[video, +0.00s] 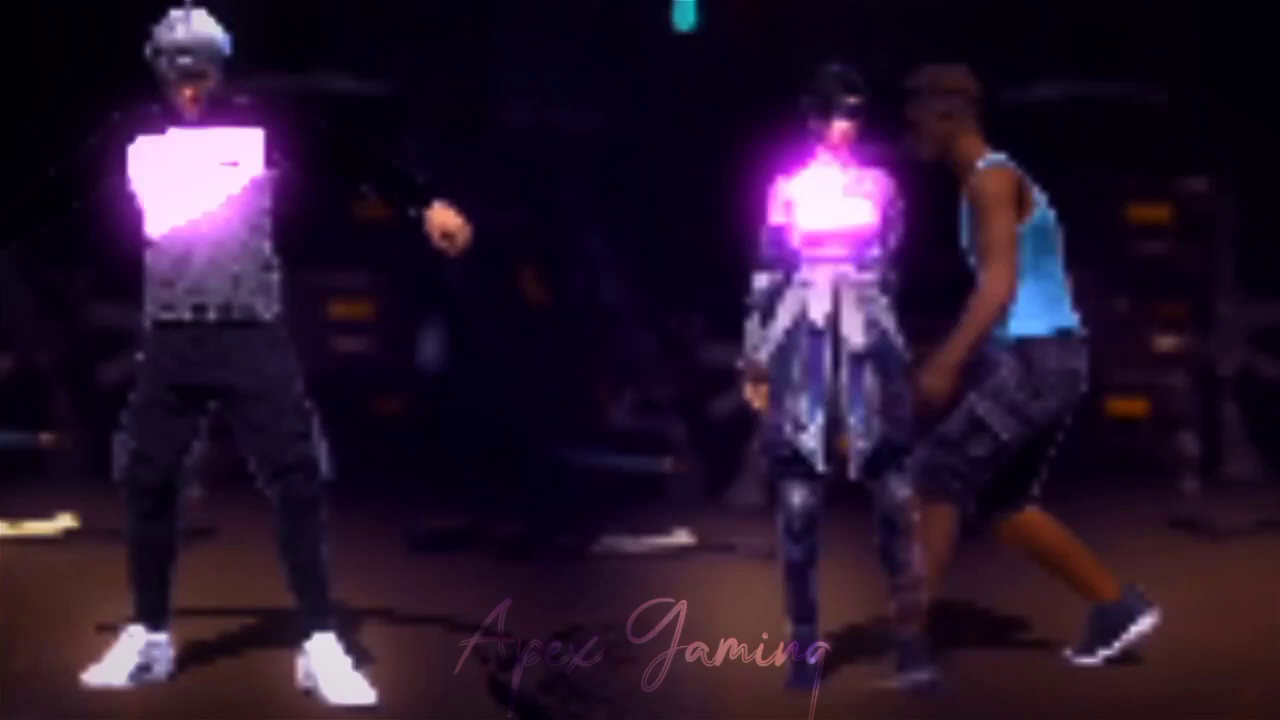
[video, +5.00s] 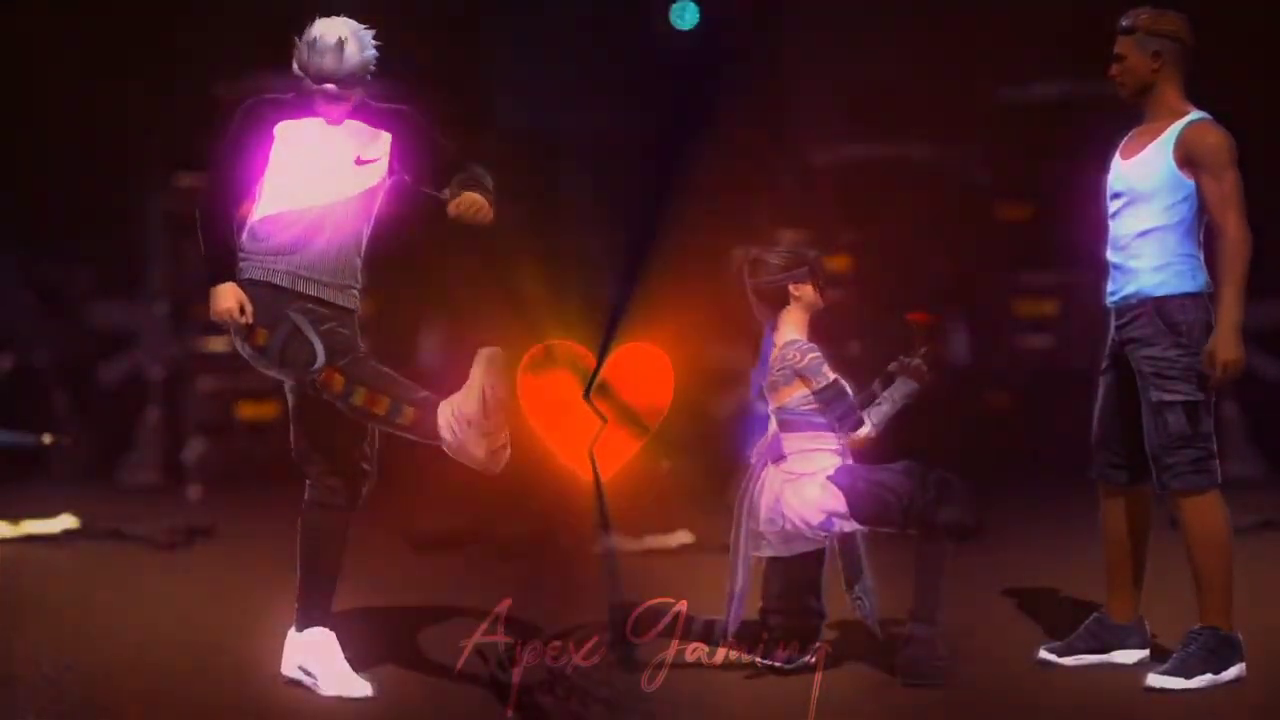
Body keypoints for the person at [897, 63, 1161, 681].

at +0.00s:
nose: (915, 137)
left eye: (920, 124)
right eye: (914, 125)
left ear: (949, 119)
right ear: (958, 120)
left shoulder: (992, 180)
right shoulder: (999, 177)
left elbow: (998, 285)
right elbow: (1005, 287)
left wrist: (945, 363)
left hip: (1036, 354)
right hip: (1050, 353)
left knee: (937, 477)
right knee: (1006, 502)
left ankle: (910, 636)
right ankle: (1115, 605)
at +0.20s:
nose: (932, 117)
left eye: (936, 105)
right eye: (930, 106)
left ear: (971, 99)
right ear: (974, 102)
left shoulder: (1015, 158)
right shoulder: (1003, 162)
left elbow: (1032, 261)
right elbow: (1024, 268)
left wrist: (999, 355)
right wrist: (993, 360)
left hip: (1052, 341)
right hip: (1059, 340)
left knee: (952, 467)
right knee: (1024, 489)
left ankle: (935, 637)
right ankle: (1119, 612)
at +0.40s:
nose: (970, 92)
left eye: (977, 81)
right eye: (971, 82)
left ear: (1015, 80)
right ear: (1010, 82)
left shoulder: (1056, 143)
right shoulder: (1032, 151)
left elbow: (1083, 237)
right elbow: (1046, 258)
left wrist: (1076, 336)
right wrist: (1025, 351)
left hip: (1065, 331)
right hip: (1065, 330)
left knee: (983, 463)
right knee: (1059, 481)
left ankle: (1005, 630)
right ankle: (1120, 621)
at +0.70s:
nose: (1030, 76)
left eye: (1037, 65)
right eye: (1030, 65)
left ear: (1074, 66)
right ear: (1068, 67)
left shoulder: (1111, 130)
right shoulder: (1075, 138)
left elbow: (1152, 216)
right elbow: (1093, 234)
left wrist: (1162, 318)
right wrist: (1070, 321)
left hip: (1104, 317)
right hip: (1092, 315)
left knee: (1051, 465)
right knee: (1113, 474)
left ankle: (1108, 622)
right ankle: (1124, 621)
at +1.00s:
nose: (1085, 70)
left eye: (1095, 59)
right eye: (1086, 60)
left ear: (1133, 61)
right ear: (1123, 64)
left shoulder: (1170, 131)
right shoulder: (1120, 139)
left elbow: (1211, 223)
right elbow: (1124, 240)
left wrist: (1217, 322)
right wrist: (1107, 327)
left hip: (1153, 319)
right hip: (1117, 321)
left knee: (1152, 474)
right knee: (1122, 475)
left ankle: (1199, 634)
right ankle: (1121, 625)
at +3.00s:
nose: (1113, 67)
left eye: (1123, 57)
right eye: (1114, 57)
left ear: (1159, 62)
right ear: (1141, 64)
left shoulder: (1200, 135)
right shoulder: (1132, 141)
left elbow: (1233, 232)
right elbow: (1133, 241)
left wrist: (1227, 327)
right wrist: (1117, 325)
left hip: (1173, 319)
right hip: (1125, 322)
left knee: (1190, 477)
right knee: (1117, 471)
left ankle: (1216, 636)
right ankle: (1121, 622)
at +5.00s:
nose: (1112, 68)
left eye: (1122, 58)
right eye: (1113, 58)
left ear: (1159, 62)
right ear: (1142, 64)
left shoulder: (1201, 135)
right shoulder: (1133, 140)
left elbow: (1233, 233)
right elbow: (1135, 240)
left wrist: (1227, 326)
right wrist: (1118, 322)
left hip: (1172, 319)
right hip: (1125, 322)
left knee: (1189, 477)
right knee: (1118, 473)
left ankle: (1216, 636)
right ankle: (1121, 624)